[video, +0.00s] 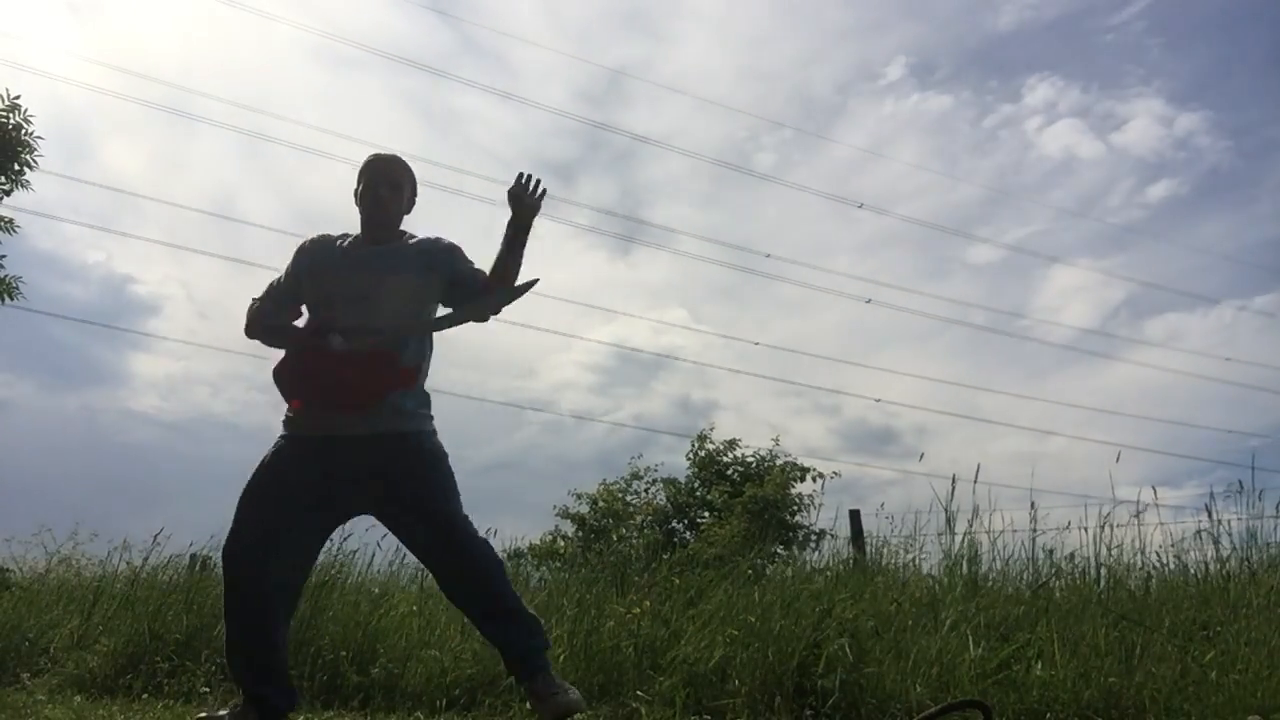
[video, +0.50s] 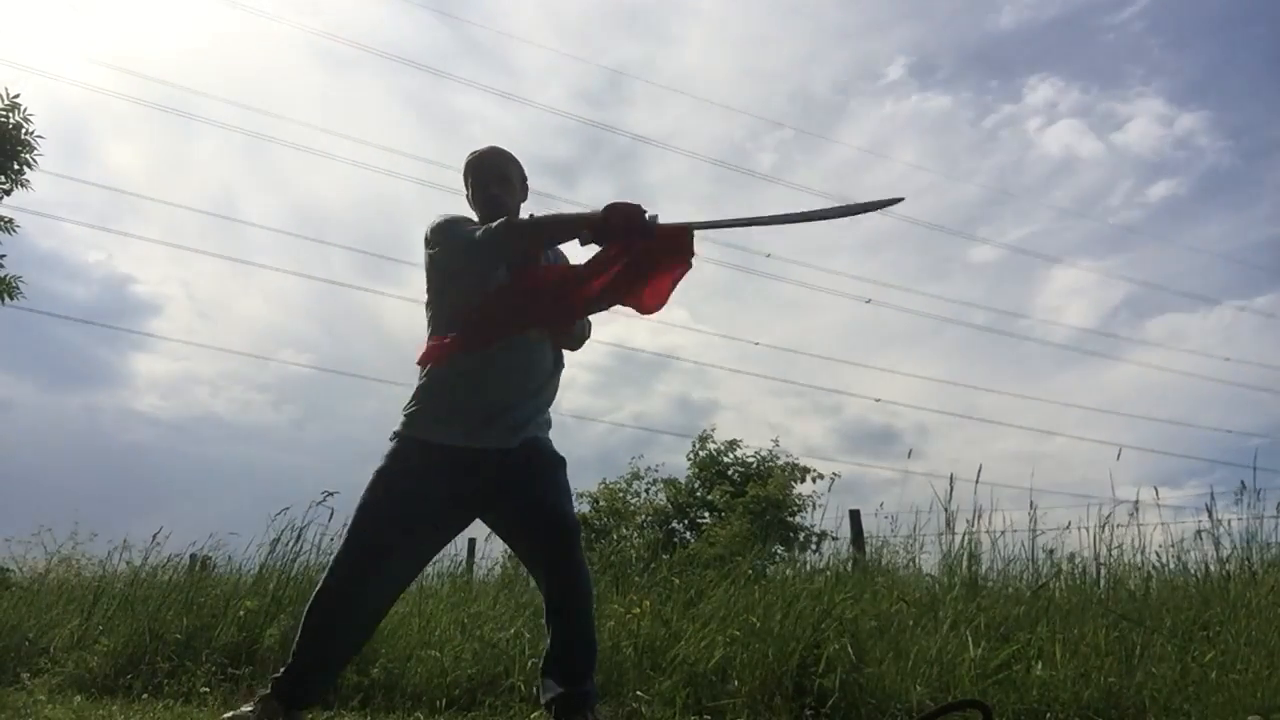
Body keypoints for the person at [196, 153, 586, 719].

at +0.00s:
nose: (378, 194)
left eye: (391, 186)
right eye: (370, 184)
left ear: (410, 201)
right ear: (356, 194)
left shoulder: (433, 257)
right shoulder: (319, 256)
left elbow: (489, 297)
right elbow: (259, 321)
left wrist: (519, 223)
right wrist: (307, 340)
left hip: (401, 445)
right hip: (312, 445)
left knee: (456, 549)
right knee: (249, 558)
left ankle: (539, 677)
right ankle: (264, 699)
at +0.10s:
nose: (402, 213)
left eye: (416, 204)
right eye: (394, 204)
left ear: (439, 219)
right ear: (381, 217)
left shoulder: (477, 268)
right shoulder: (349, 281)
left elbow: (550, 244)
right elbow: (283, 307)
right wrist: (273, 348)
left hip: (436, 477)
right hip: (340, 474)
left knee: (493, 588)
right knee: (256, 578)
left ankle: (566, 698)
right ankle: (259, 702)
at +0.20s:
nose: (448, 213)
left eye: (461, 204)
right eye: (438, 204)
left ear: (480, 218)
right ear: (422, 217)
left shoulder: (514, 276)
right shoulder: (391, 277)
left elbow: (590, 269)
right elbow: (314, 302)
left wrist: (653, 223)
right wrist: (320, 342)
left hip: (476, 470)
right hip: (381, 470)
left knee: (534, 591)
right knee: (298, 577)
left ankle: (572, 705)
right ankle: (261, 695)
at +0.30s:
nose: (486, 194)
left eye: (497, 185)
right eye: (475, 186)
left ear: (517, 200)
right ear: (460, 199)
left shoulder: (544, 271)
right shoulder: (428, 250)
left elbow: (615, 289)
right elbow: (333, 257)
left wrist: (616, 223)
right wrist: (406, 304)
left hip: (502, 464)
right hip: (408, 462)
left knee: (560, 610)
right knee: (337, 591)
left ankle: (578, 710)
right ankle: (269, 703)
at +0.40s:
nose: (496, 185)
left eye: (509, 176)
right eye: (484, 178)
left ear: (528, 192)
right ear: (469, 190)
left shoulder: (548, 256)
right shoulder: (449, 226)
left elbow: (596, 307)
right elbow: (443, 207)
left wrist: (553, 243)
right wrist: (533, 239)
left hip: (514, 451)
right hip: (429, 445)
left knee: (559, 582)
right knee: (356, 575)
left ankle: (579, 708)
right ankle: (271, 700)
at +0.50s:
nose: (489, 191)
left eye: (501, 182)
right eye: (478, 183)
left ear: (524, 191)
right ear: (466, 194)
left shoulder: (547, 255)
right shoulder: (451, 235)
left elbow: (576, 337)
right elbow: (510, 235)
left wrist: (545, 293)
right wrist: (591, 224)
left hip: (522, 449)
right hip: (436, 443)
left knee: (568, 575)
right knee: (361, 570)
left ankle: (574, 701)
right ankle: (289, 698)